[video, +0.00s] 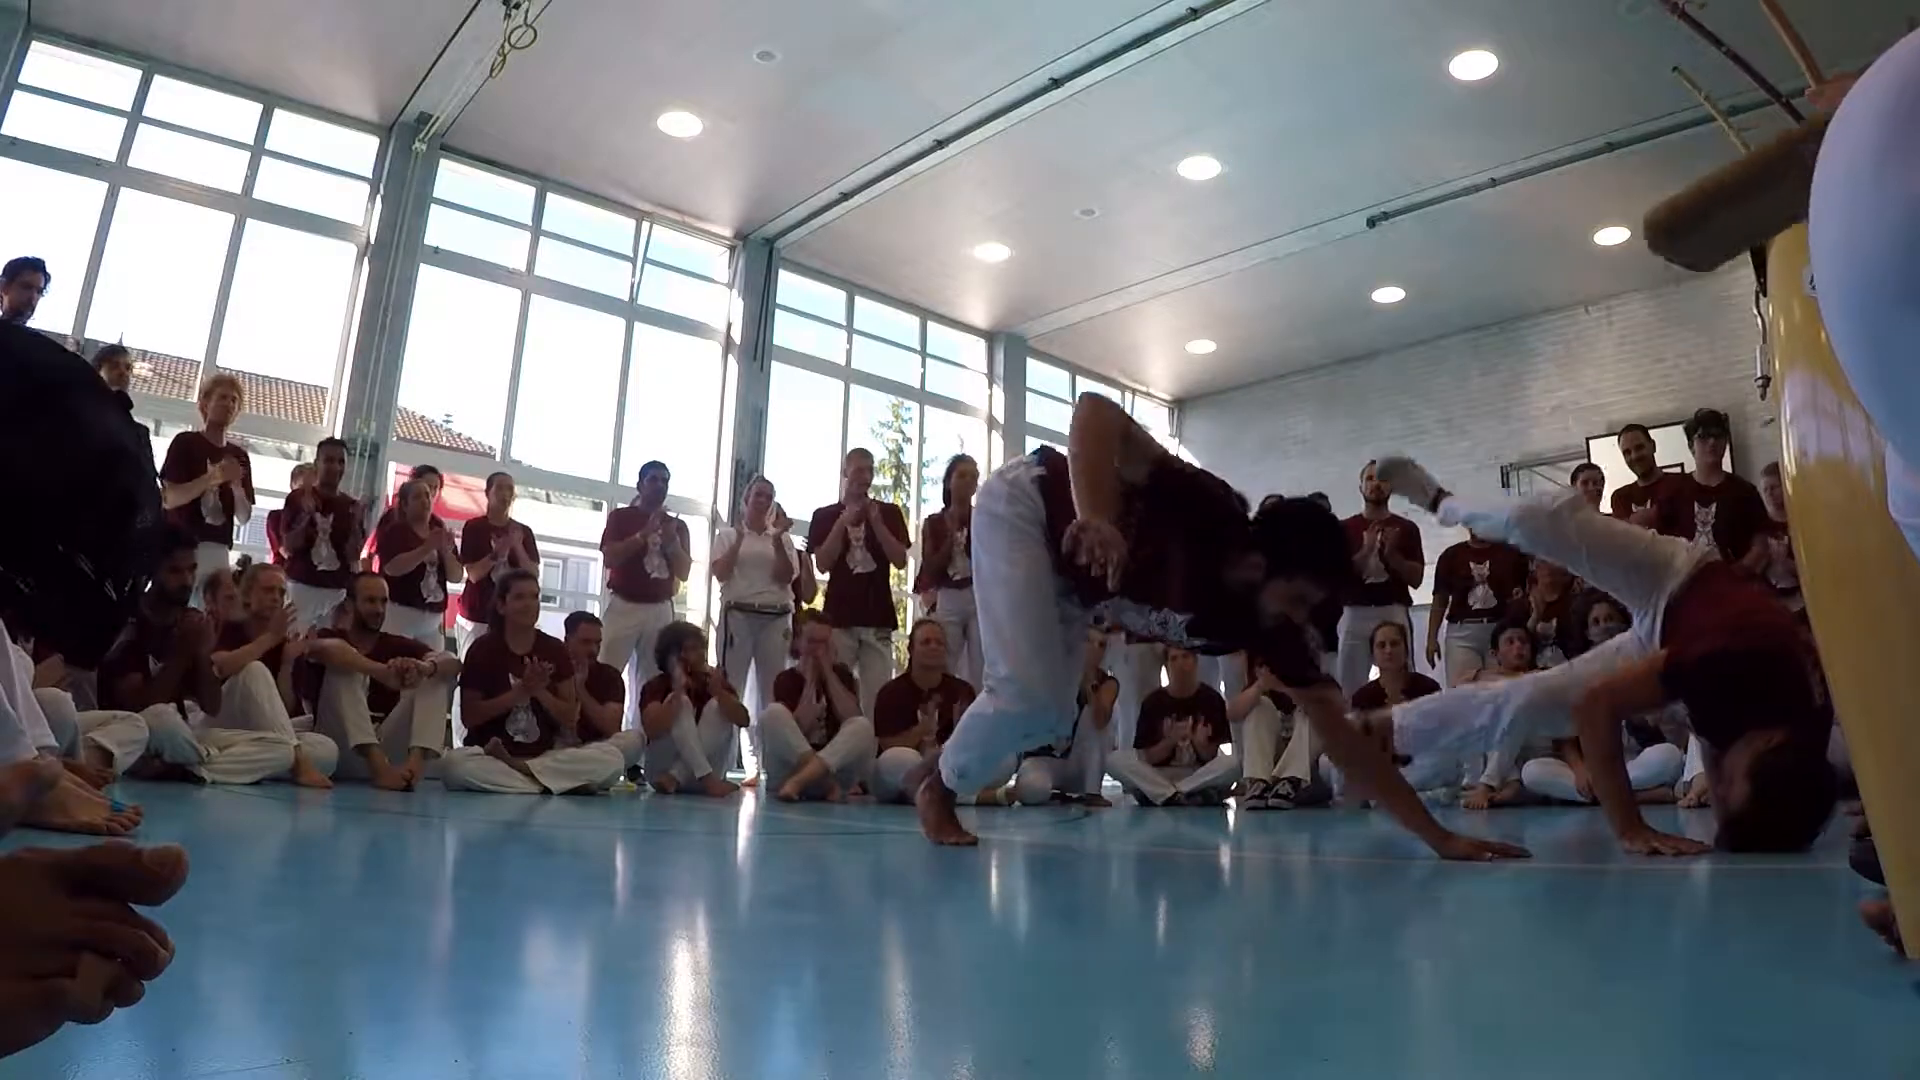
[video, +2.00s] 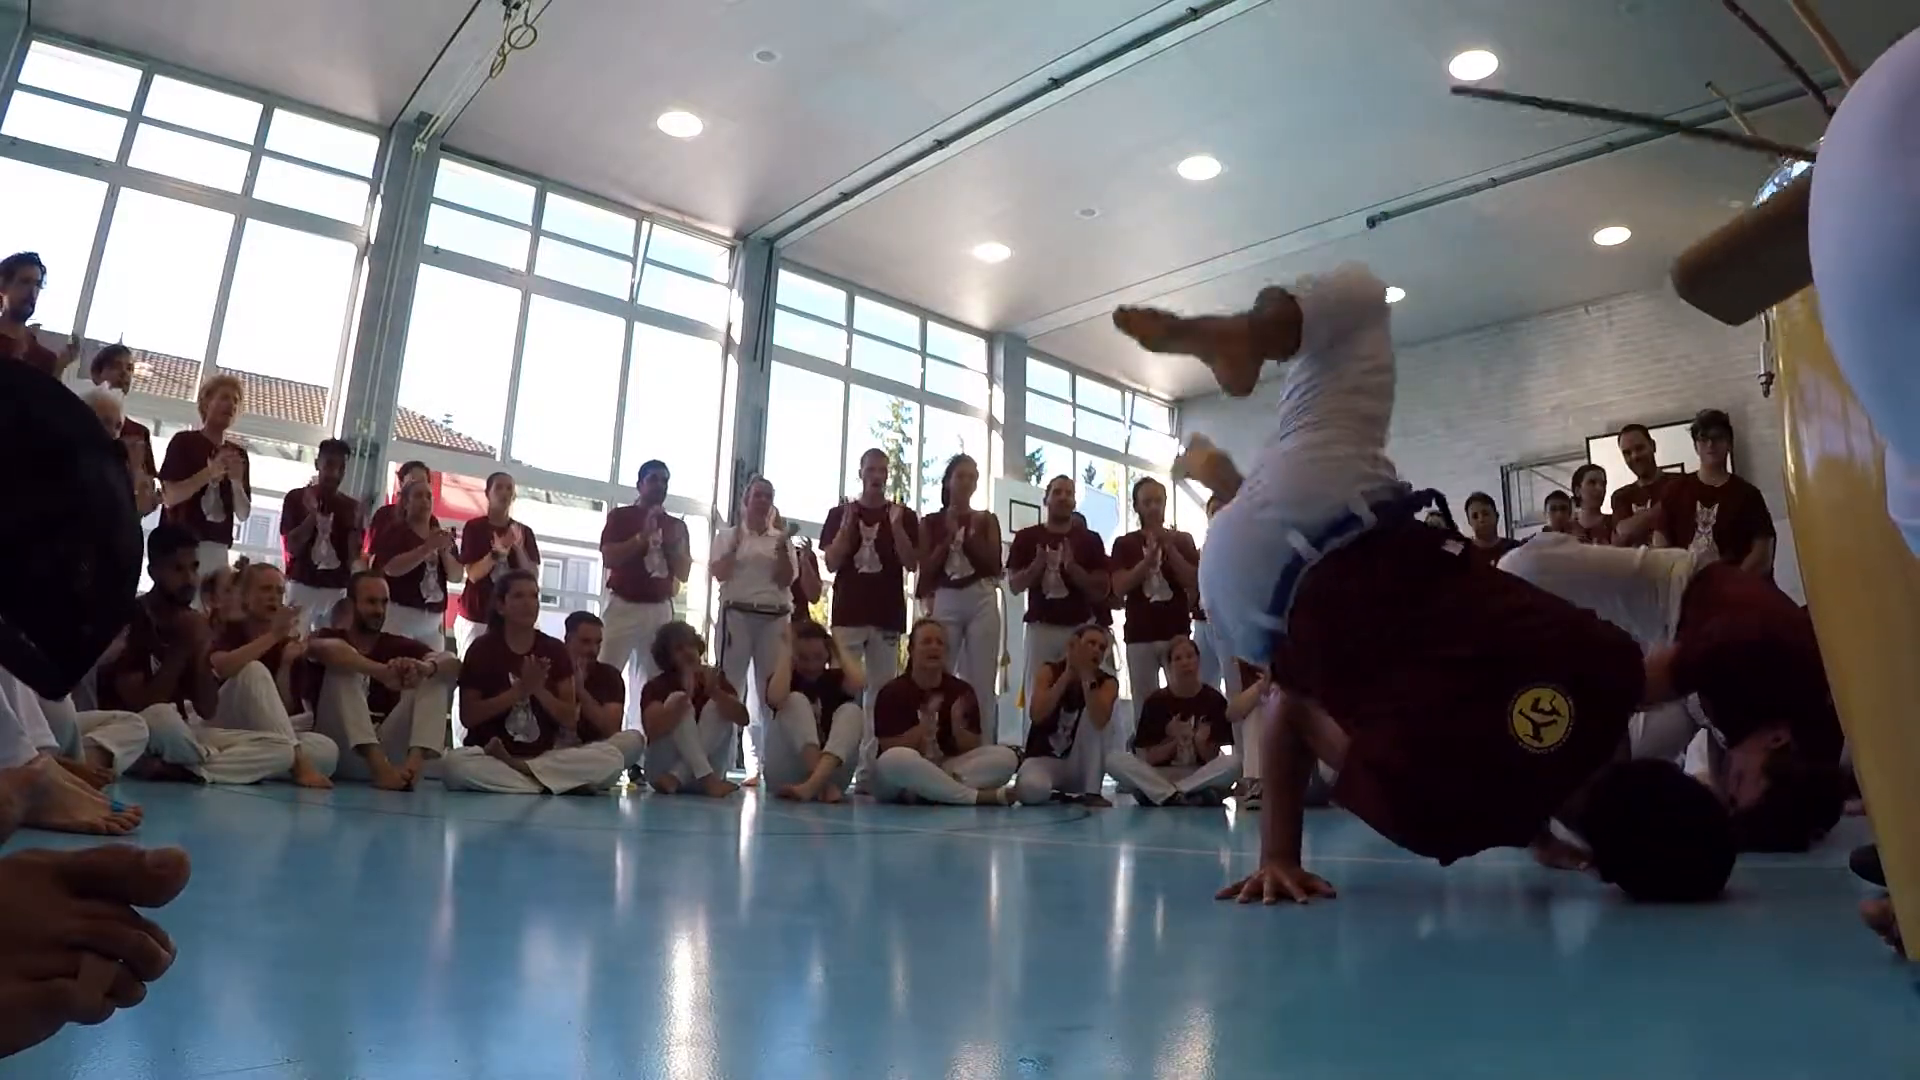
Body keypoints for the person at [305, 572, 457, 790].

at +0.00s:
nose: (379, 609)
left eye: (384, 601)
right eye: (370, 601)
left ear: (389, 602)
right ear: (351, 603)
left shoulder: (394, 643)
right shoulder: (328, 638)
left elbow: (453, 663)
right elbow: (325, 649)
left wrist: (425, 667)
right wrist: (382, 672)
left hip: (387, 750)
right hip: (338, 749)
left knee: (437, 674)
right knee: (342, 661)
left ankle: (416, 762)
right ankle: (378, 764)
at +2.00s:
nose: (379, 610)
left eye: (384, 602)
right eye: (371, 602)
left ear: (389, 603)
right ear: (353, 603)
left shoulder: (394, 643)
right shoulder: (329, 637)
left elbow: (454, 662)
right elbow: (319, 648)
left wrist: (428, 666)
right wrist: (382, 672)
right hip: (338, 750)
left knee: (437, 674)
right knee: (342, 663)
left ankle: (415, 764)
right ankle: (378, 764)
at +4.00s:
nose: (381, 610)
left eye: (385, 603)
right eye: (373, 603)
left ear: (390, 604)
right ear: (353, 603)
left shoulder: (393, 643)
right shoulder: (329, 637)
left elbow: (454, 663)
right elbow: (318, 649)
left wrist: (427, 667)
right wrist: (382, 672)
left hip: (387, 751)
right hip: (337, 750)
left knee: (438, 673)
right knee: (342, 663)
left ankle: (414, 765)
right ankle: (378, 766)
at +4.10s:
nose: (381, 610)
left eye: (385, 603)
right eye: (373, 603)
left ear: (390, 604)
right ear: (353, 603)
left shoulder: (393, 643)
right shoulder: (330, 637)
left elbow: (454, 663)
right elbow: (317, 650)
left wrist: (427, 666)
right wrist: (383, 672)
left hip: (387, 751)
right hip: (337, 750)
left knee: (438, 674)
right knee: (342, 664)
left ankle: (414, 765)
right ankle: (378, 766)